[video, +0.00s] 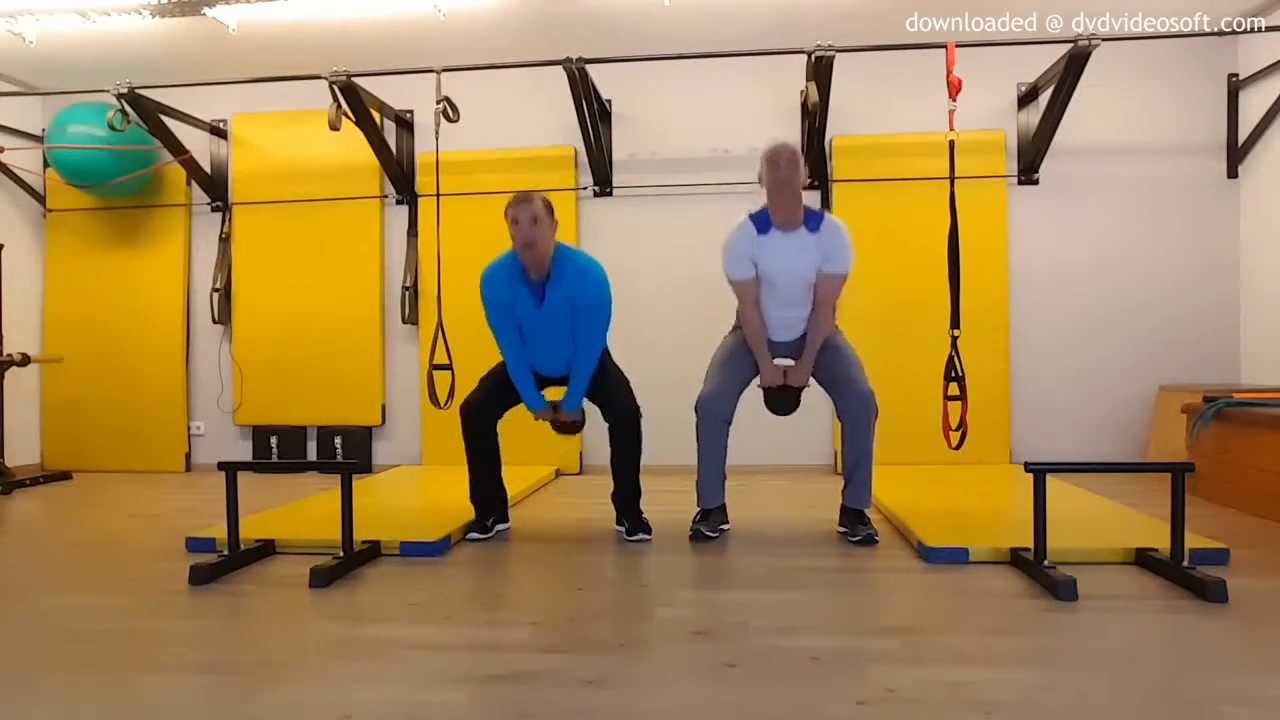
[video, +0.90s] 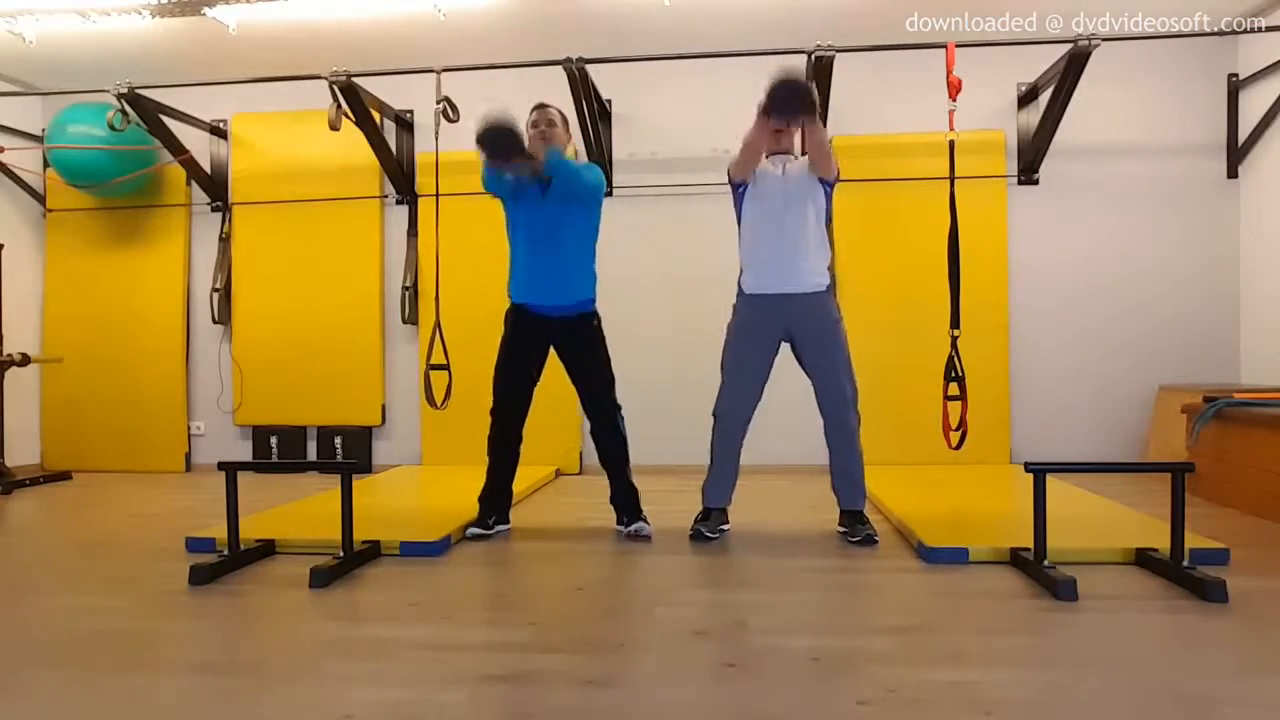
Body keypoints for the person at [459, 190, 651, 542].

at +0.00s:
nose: (526, 231)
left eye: (535, 221)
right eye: (517, 223)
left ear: (553, 226)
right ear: (509, 231)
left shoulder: (588, 274)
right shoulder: (495, 280)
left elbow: (589, 348)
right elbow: (512, 351)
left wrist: (572, 404)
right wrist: (538, 405)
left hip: (585, 362)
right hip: (527, 366)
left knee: (626, 413)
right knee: (475, 413)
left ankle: (629, 514)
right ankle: (492, 514)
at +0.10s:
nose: (528, 183)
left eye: (537, 175)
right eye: (520, 176)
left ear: (555, 183)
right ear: (512, 186)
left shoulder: (588, 241)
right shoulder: (496, 245)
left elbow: (588, 321)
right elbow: (512, 322)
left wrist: (569, 378)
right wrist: (536, 384)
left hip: (582, 346)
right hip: (524, 348)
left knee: (620, 413)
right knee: (482, 411)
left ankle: (629, 514)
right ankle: (492, 513)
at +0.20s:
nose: (531, 144)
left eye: (541, 136)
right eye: (524, 138)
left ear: (560, 147)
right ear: (516, 150)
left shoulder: (587, 205)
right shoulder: (500, 208)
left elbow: (582, 278)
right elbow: (502, 279)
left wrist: (559, 337)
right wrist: (518, 337)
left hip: (577, 326)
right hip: (520, 327)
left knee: (610, 410)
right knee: (489, 412)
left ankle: (628, 514)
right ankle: (492, 514)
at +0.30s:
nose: (538, 128)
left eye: (546, 122)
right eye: (531, 123)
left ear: (564, 134)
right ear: (521, 136)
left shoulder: (588, 184)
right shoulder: (502, 186)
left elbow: (581, 230)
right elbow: (492, 228)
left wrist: (550, 260)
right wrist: (508, 261)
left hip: (574, 317)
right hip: (521, 316)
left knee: (603, 413)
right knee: (500, 413)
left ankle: (628, 513)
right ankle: (492, 513)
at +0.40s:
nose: (540, 131)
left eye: (548, 126)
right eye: (534, 126)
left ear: (566, 138)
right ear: (524, 139)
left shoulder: (587, 178)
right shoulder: (511, 178)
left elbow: (590, 197)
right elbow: (492, 197)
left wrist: (543, 199)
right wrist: (510, 203)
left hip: (573, 316)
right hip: (520, 313)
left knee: (600, 415)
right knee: (505, 416)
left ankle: (629, 515)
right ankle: (493, 515)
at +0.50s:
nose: (546, 129)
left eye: (554, 124)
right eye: (538, 125)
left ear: (570, 140)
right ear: (527, 139)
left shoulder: (589, 176)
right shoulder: (514, 180)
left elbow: (577, 174)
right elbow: (488, 180)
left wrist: (537, 143)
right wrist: (493, 144)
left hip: (572, 312)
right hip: (519, 310)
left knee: (599, 413)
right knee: (506, 415)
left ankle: (630, 516)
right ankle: (493, 515)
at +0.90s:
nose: (543, 129)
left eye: (552, 123)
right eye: (535, 125)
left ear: (569, 138)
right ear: (525, 139)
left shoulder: (589, 175)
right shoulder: (514, 178)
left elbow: (585, 183)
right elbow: (494, 182)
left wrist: (545, 157)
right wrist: (497, 156)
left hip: (578, 317)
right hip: (526, 316)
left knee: (604, 415)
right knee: (506, 417)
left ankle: (629, 513)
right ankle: (493, 514)